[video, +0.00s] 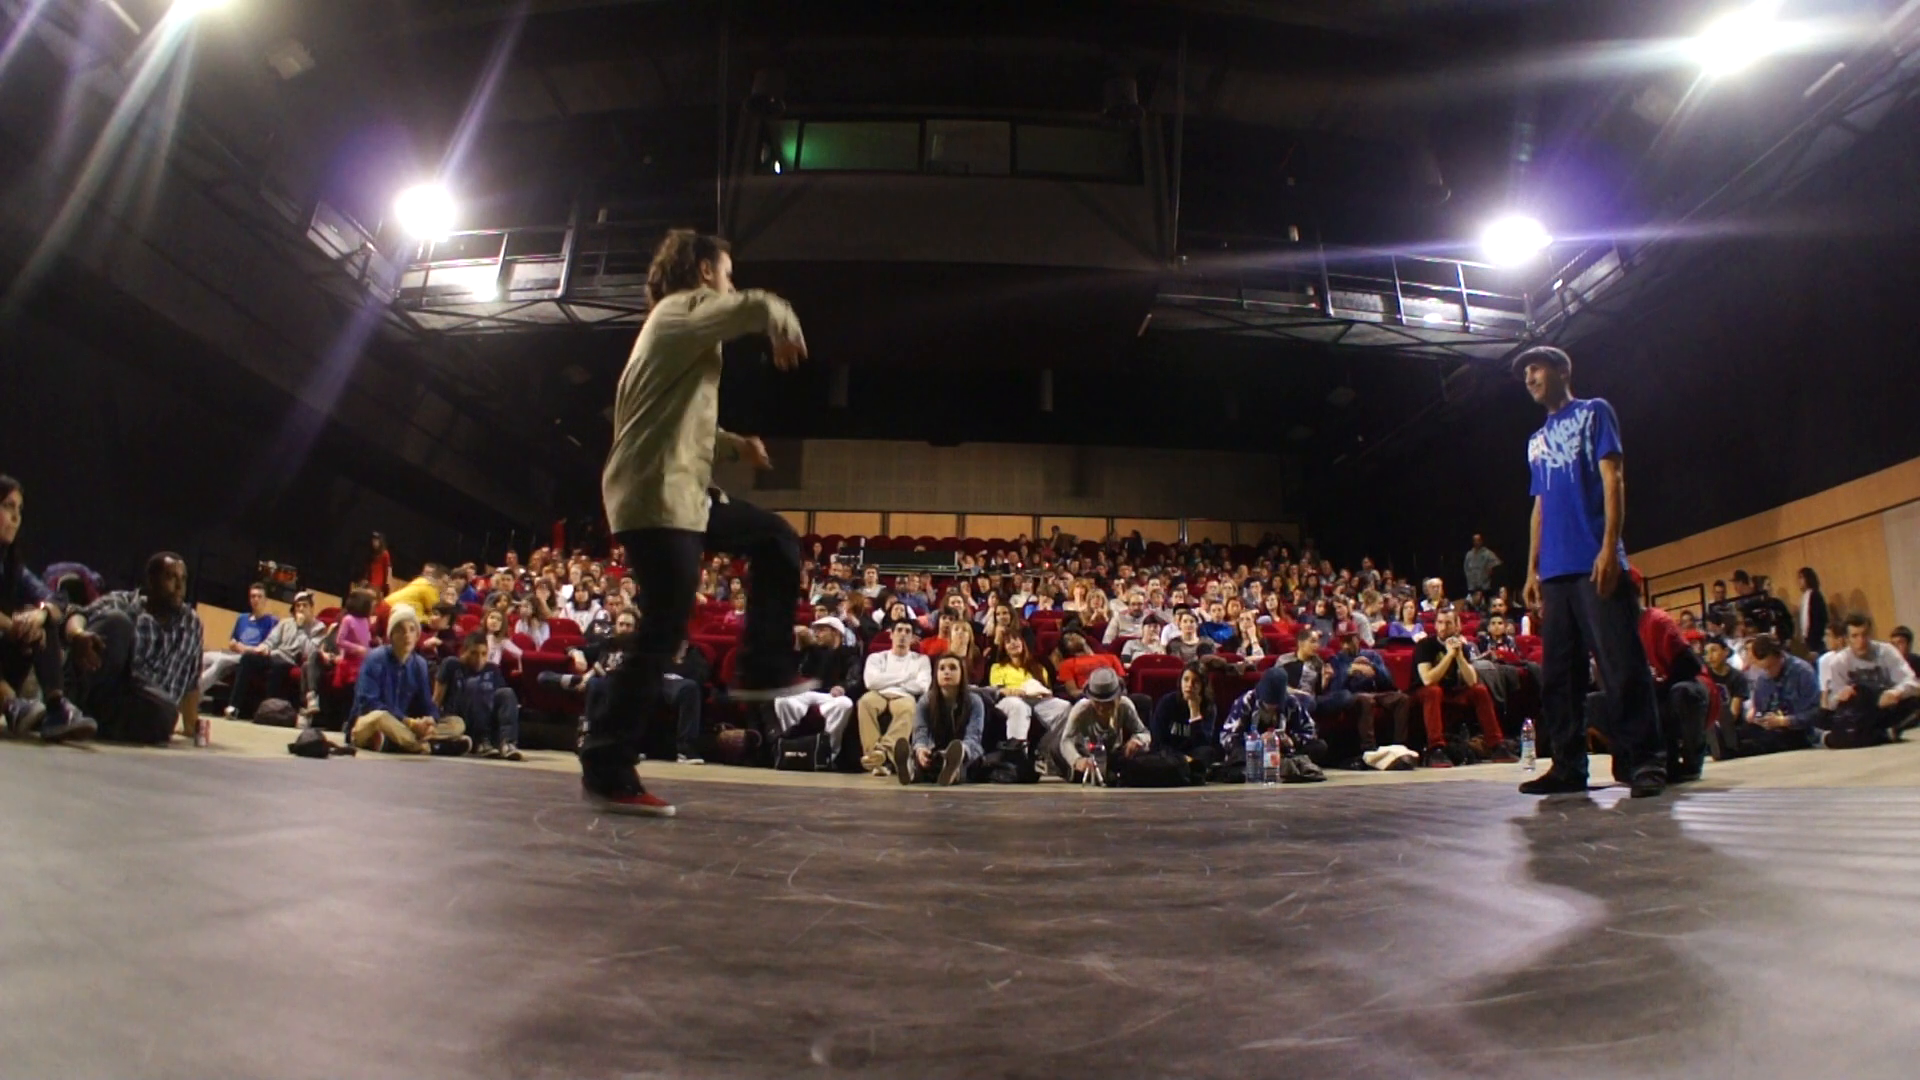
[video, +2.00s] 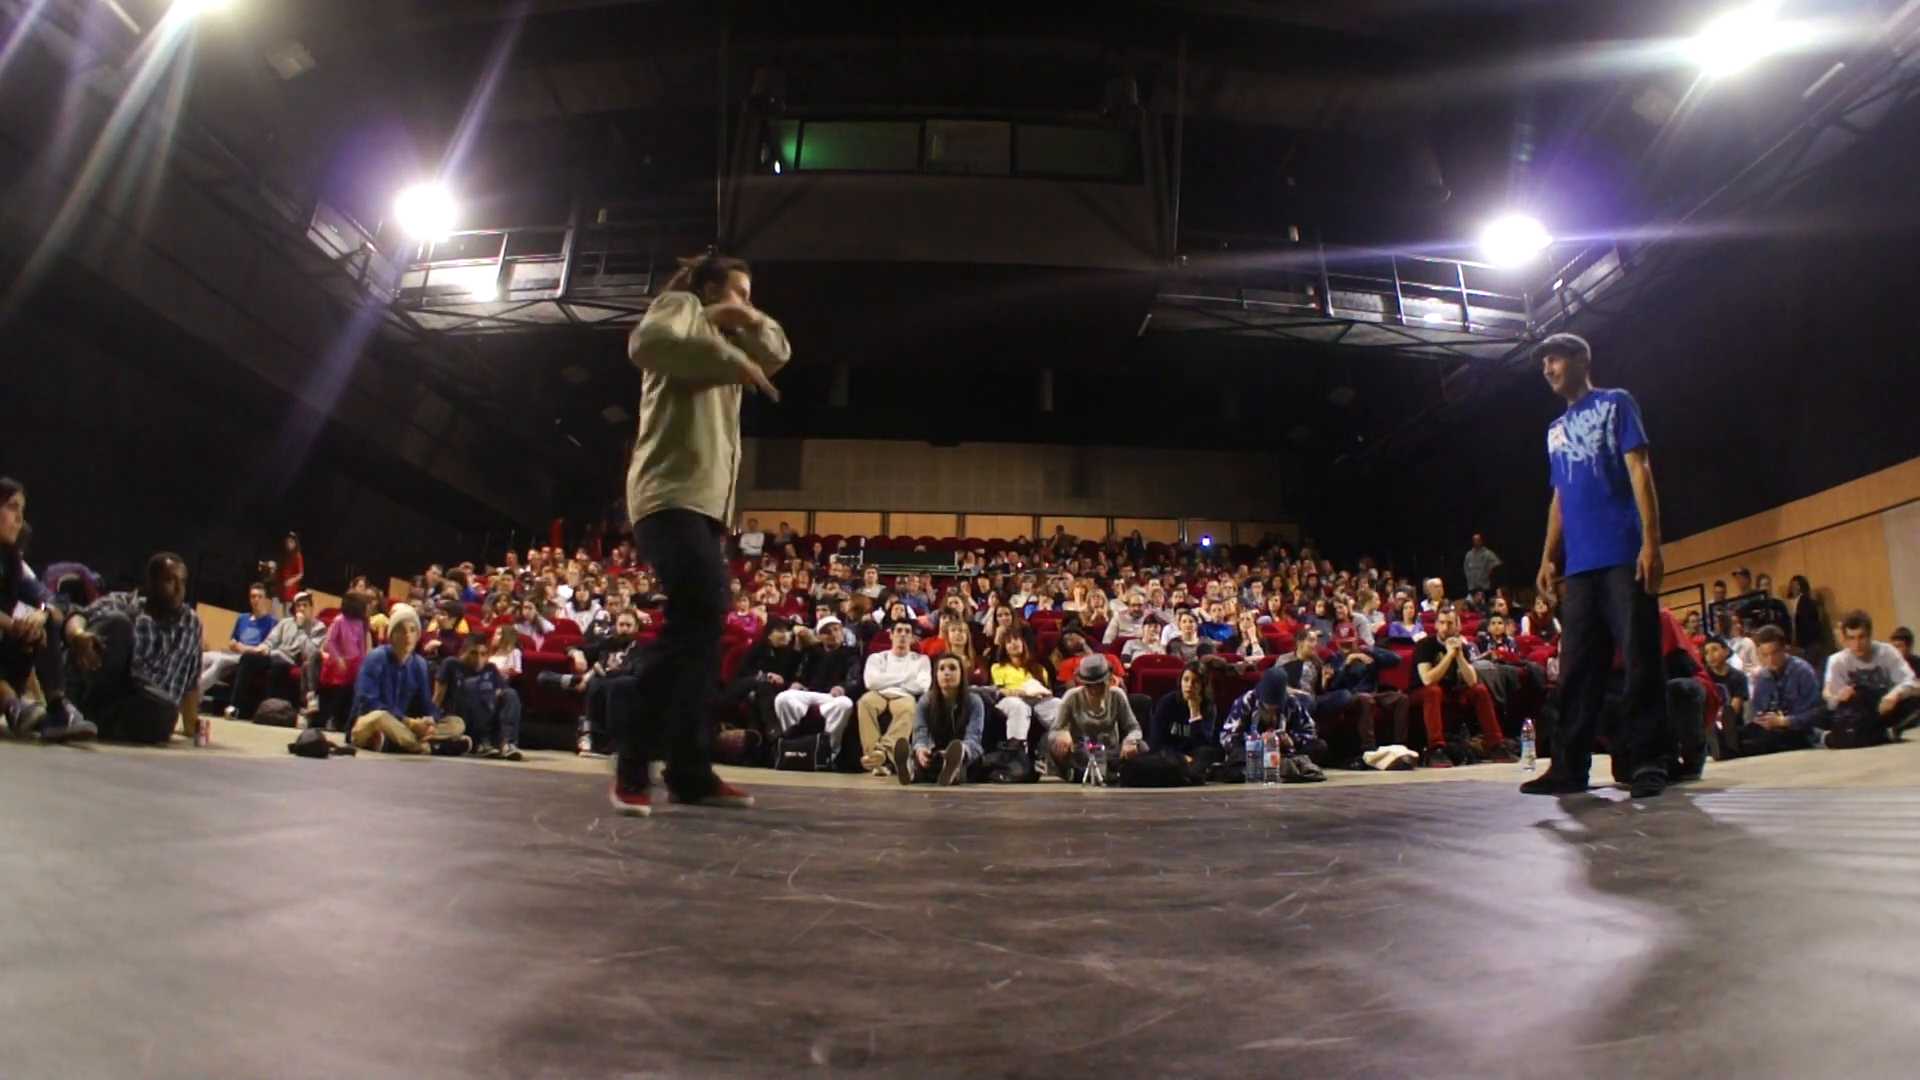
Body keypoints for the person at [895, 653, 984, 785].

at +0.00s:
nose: (947, 672)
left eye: (953, 668)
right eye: (942, 668)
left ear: (962, 673)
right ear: (936, 674)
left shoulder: (974, 701)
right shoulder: (925, 701)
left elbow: (974, 737)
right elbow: (920, 730)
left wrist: (961, 751)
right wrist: (920, 747)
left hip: (962, 751)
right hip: (933, 750)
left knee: (955, 763)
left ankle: (949, 773)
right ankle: (910, 768)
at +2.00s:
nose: (947, 673)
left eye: (952, 668)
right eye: (942, 669)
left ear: (962, 673)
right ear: (935, 674)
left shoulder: (974, 701)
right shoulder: (925, 701)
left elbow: (974, 738)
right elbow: (920, 731)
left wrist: (961, 751)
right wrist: (920, 748)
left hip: (962, 751)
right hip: (933, 750)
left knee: (955, 762)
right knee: (919, 760)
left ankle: (949, 773)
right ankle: (910, 768)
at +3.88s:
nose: (946, 673)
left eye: (951, 669)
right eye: (941, 670)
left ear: (961, 674)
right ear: (935, 675)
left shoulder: (974, 701)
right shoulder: (925, 702)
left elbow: (974, 737)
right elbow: (922, 735)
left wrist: (962, 751)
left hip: (963, 749)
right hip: (935, 749)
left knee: (956, 762)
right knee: (927, 759)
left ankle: (949, 773)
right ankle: (912, 768)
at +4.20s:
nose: (946, 674)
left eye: (951, 669)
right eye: (941, 670)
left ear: (961, 674)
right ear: (935, 675)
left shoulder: (974, 701)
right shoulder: (925, 701)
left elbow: (973, 737)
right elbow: (925, 738)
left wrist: (962, 752)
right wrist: (940, 749)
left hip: (964, 748)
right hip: (936, 750)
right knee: (927, 761)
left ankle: (949, 773)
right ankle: (912, 768)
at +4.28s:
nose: (946, 674)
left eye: (952, 669)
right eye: (941, 670)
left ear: (961, 674)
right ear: (935, 675)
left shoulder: (974, 701)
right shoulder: (926, 700)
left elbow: (973, 738)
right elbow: (923, 733)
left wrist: (962, 752)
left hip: (964, 750)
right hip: (935, 750)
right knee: (926, 761)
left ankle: (950, 772)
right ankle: (911, 769)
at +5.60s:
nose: (944, 673)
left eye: (950, 668)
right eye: (939, 669)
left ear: (960, 674)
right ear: (935, 675)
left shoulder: (974, 701)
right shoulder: (925, 701)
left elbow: (974, 736)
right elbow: (921, 730)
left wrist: (962, 750)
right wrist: (922, 747)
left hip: (963, 748)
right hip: (935, 749)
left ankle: (949, 773)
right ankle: (912, 768)